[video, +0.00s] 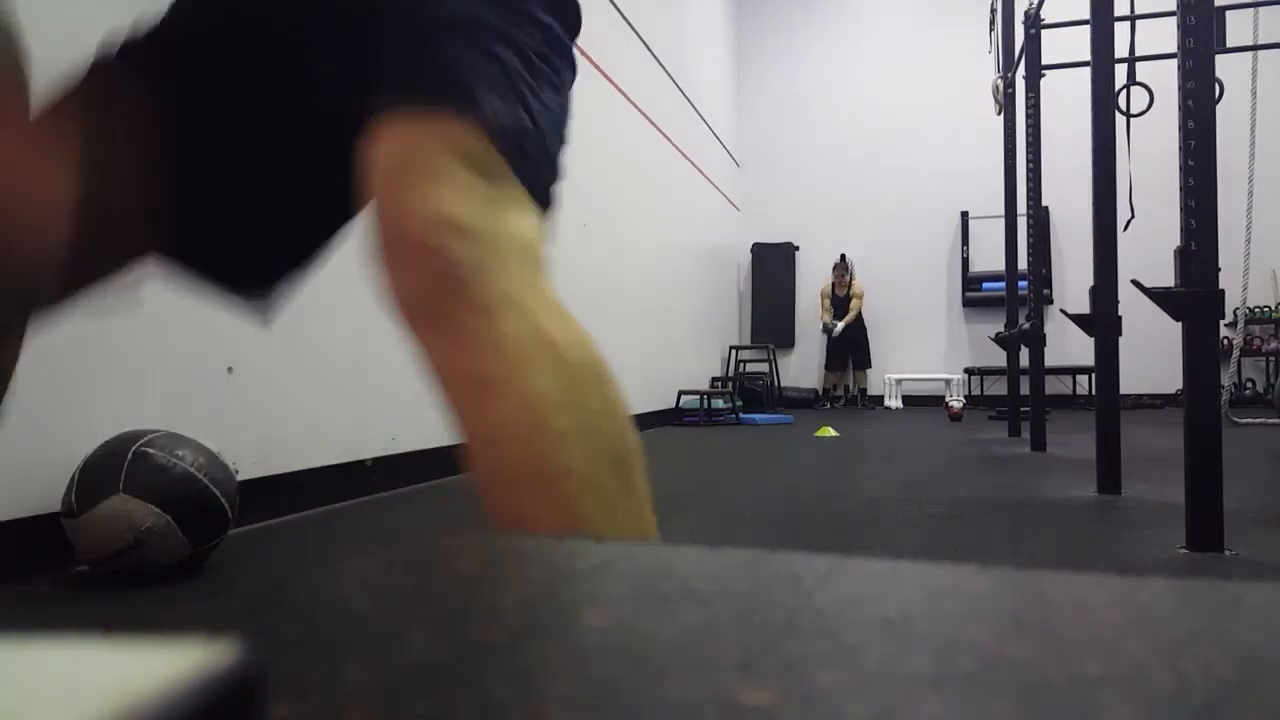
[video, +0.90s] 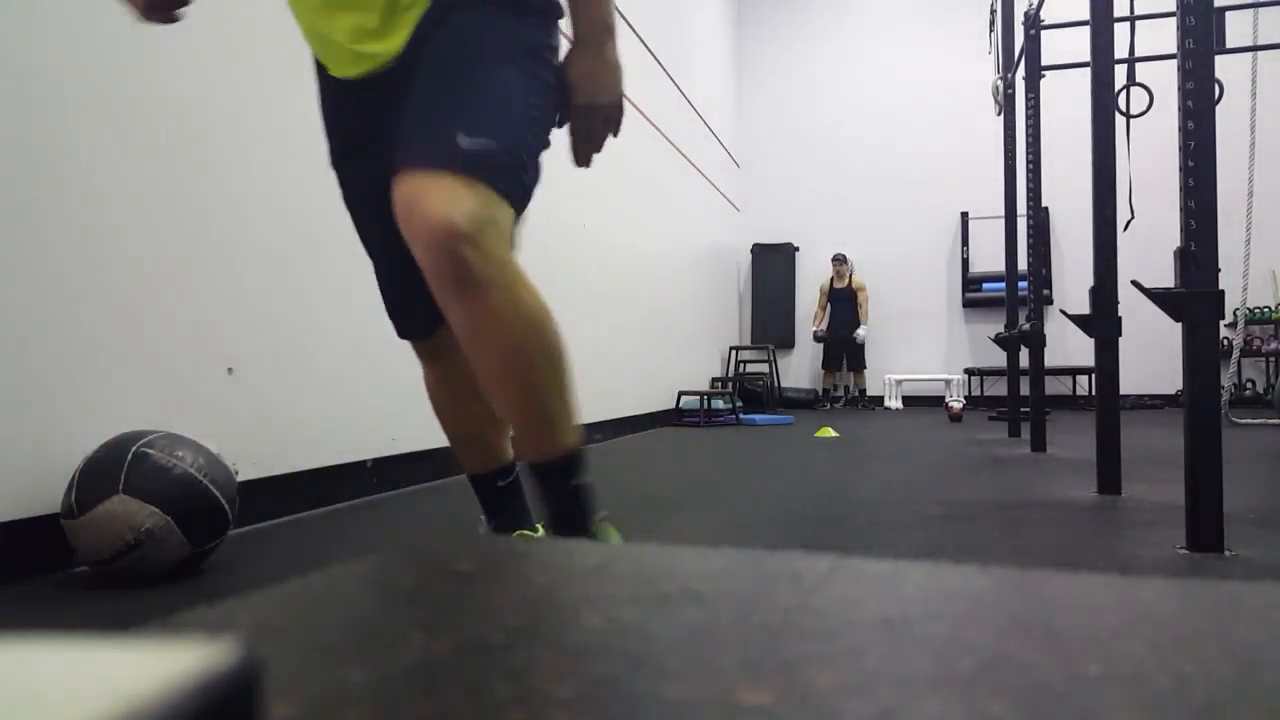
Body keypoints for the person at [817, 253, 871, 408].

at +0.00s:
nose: (840, 280)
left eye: (843, 276)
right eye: (837, 276)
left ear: (849, 275)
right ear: (833, 276)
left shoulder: (856, 290)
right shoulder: (826, 291)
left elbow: (854, 311)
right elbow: (825, 310)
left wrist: (842, 323)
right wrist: (827, 323)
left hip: (855, 331)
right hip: (835, 331)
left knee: (859, 366)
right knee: (831, 366)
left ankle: (862, 399)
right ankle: (825, 398)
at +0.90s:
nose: (837, 268)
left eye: (840, 265)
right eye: (834, 265)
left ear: (846, 266)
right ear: (831, 267)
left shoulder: (857, 283)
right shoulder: (826, 286)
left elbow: (863, 305)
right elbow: (821, 308)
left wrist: (863, 326)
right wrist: (815, 326)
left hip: (853, 331)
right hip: (833, 331)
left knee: (858, 368)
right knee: (829, 368)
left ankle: (862, 399)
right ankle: (825, 399)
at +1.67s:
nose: (834, 268)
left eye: (837, 265)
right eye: (833, 265)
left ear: (847, 265)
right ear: (832, 266)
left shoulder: (860, 282)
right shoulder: (829, 283)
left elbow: (870, 303)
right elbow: (815, 303)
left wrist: (876, 323)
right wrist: (797, 317)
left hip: (852, 330)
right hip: (832, 330)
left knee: (857, 367)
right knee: (827, 366)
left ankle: (862, 399)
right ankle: (822, 400)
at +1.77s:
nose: (825, 270)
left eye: (828, 267)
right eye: (824, 267)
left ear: (837, 267)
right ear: (825, 268)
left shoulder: (854, 281)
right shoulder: (823, 284)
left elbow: (865, 302)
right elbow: (808, 304)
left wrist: (872, 320)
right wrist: (790, 317)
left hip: (849, 330)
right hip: (829, 330)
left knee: (855, 367)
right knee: (825, 367)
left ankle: (862, 399)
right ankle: (822, 400)